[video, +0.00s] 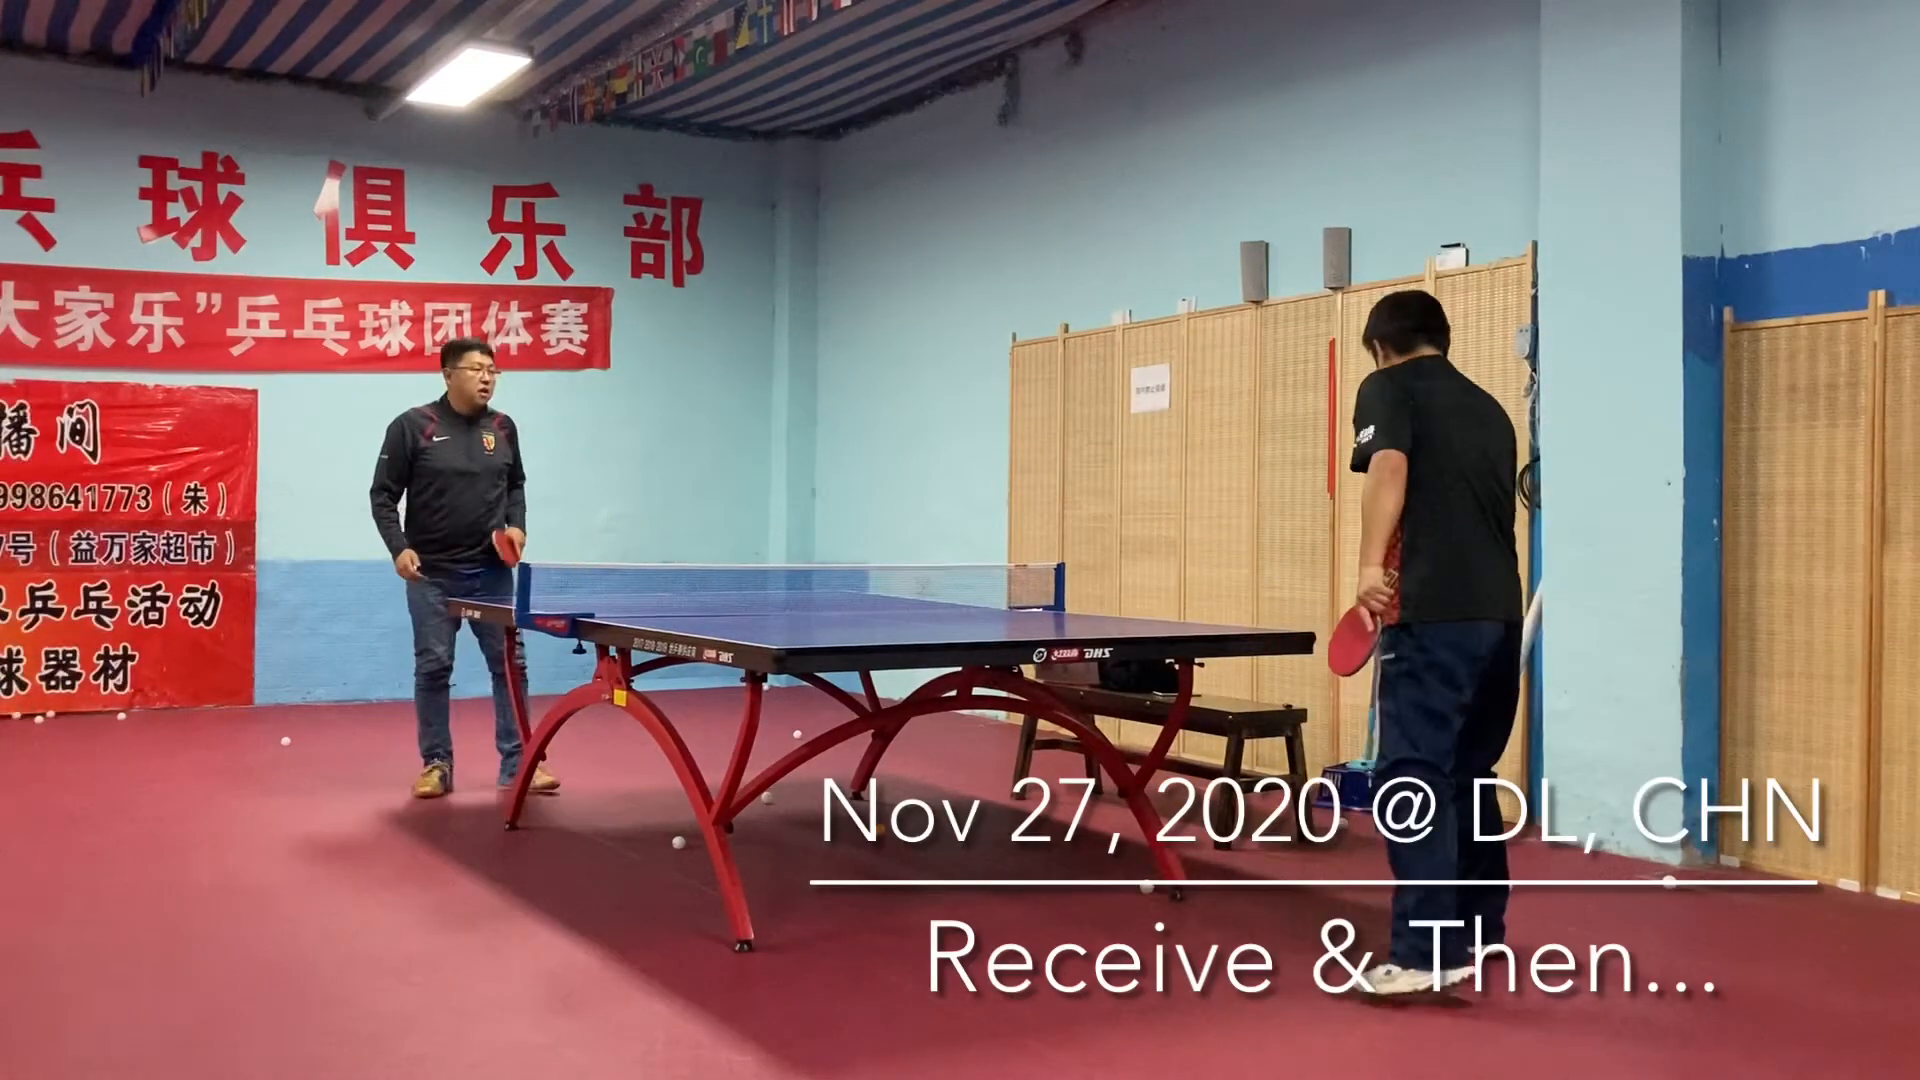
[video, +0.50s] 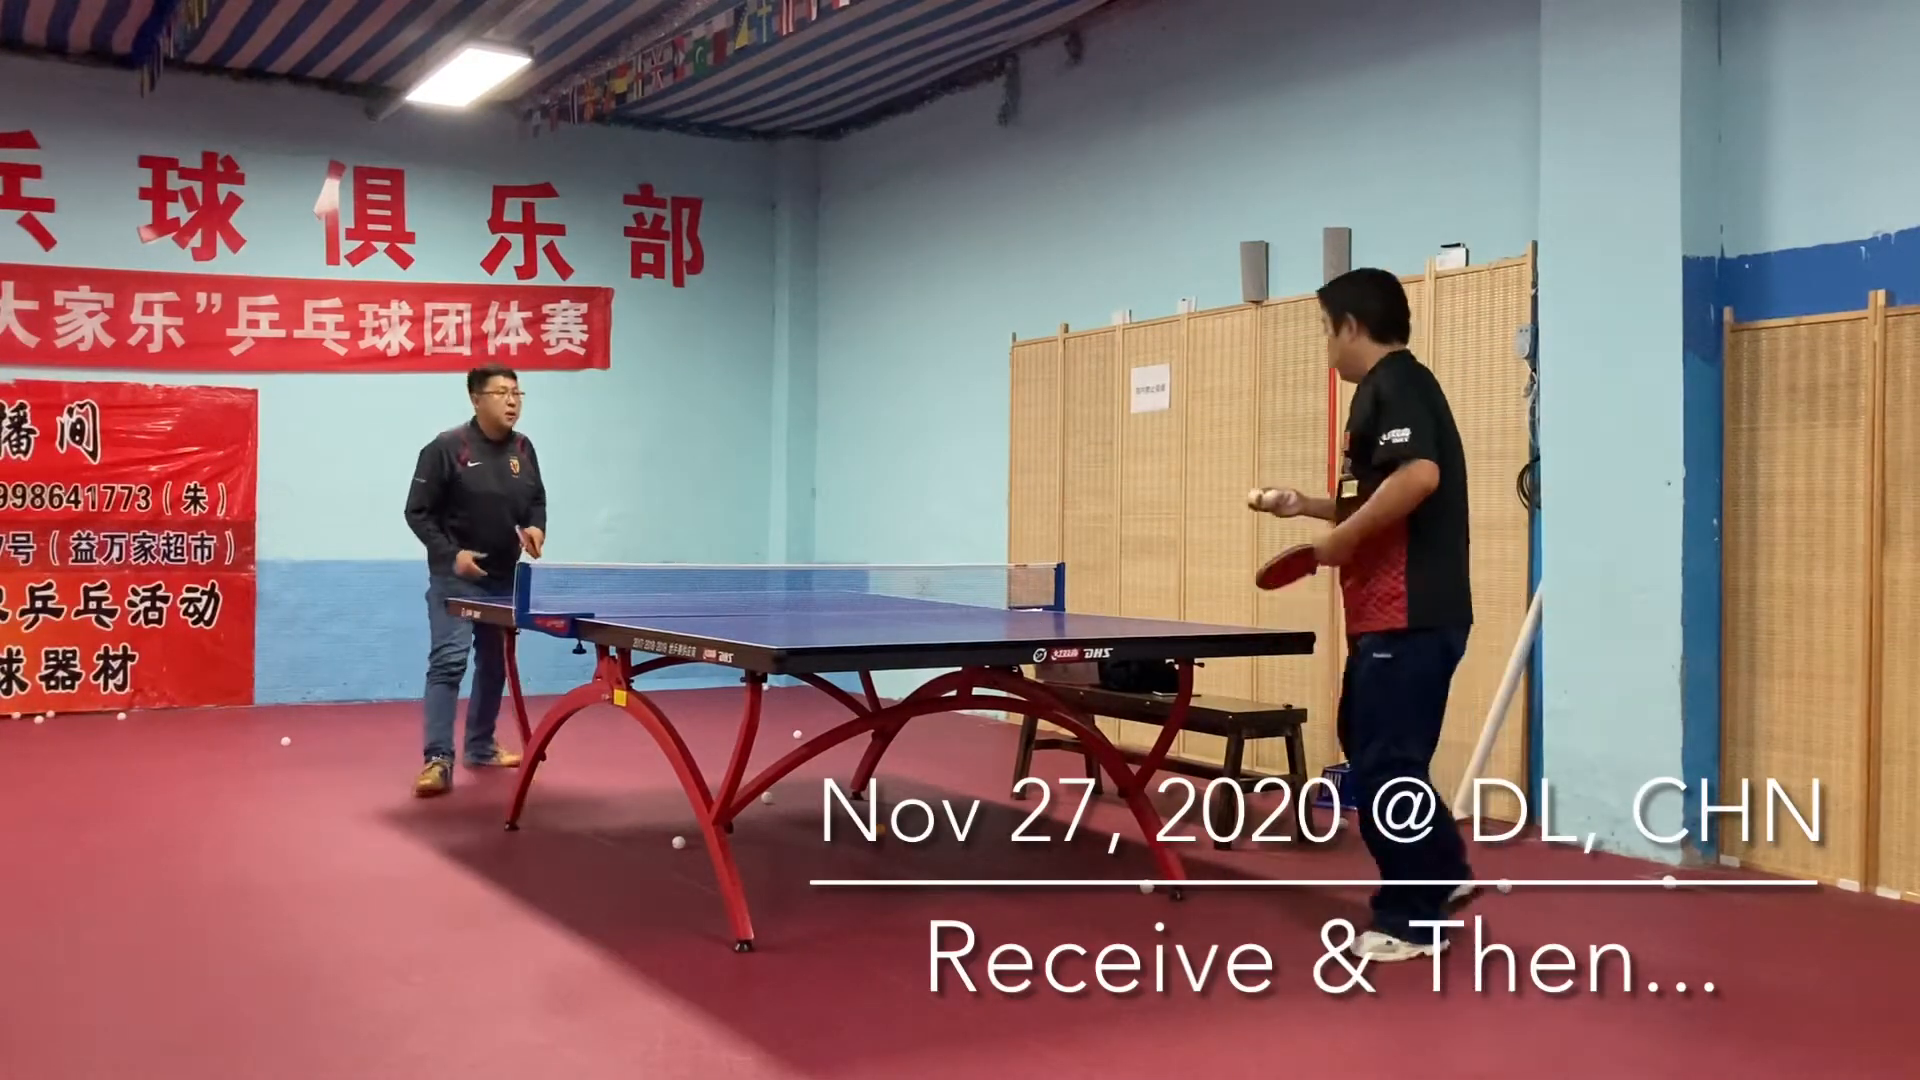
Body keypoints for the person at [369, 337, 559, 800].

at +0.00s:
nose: (487, 379)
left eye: (490, 371)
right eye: (477, 370)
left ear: (493, 378)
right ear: (450, 374)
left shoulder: (501, 427)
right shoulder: (411, 427)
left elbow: (515, 486)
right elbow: (383, 496)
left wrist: (516, 525)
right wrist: (399, 547)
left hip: (491, 572)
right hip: (431, 574)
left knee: (509, 664)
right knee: (434, 668)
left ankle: (517, 764)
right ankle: (436, 764)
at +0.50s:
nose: (513, 401)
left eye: (517, 394)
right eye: (502, 394)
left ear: (520, 400)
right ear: (477, 399)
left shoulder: (523, 448)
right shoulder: (444, 449)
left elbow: (536, 500)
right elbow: (417, 512)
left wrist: (534, 527)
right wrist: (452, 554)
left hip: (503, 578)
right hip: (454, 577)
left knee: (493, 665)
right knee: (449, 661)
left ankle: (480, 747)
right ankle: (437, 758)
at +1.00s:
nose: (531, 409)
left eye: (535, 401)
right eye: (522, 400)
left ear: (537, 408)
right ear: (497, 402)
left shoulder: (530, 453)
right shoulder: (457, 445)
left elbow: (539, 505)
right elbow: (428, 506)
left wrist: (527, 538)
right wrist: (478, 543)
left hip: (494, 573)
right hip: (446, 570)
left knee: (488, 662)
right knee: (438, 655)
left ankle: (478, 748)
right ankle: (423, 752)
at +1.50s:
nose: (510, 426)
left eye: (515, 418)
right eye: (500, 418)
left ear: (519, 420)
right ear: (474, 419)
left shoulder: (517, 456)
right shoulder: (434, 456)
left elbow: (521, 510)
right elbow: (401, 517)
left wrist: (511, 547)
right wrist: (443, 554)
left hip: (486, 571)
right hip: (429, 570)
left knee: (508, 648)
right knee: (427, 658)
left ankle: (504, 747)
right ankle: (422, 758)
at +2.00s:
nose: (550, 419)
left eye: (556, 411)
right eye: (541, 410)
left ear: (562, 416)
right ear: (516, 411)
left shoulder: (556, 459)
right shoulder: (478, 446)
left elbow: (565, 516)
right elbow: (444, 507)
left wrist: (563, 540)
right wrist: (485, 526)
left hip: (513, 574)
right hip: (459, 571)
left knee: (543, 660)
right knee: (438, 653)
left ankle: (552, 752)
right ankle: (412, 749)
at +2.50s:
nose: (497, 416)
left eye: (503, 408)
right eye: (487, 407)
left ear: (508, 411)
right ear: (461, 408)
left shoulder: (509, 451)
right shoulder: (426, 450)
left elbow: (525, 506)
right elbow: (415, 521)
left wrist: (550, 532)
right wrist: (473, 543)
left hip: (495, 582)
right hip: (435, 584)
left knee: (547, 655)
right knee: (411, 670)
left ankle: (553, 744)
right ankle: (379, 769)